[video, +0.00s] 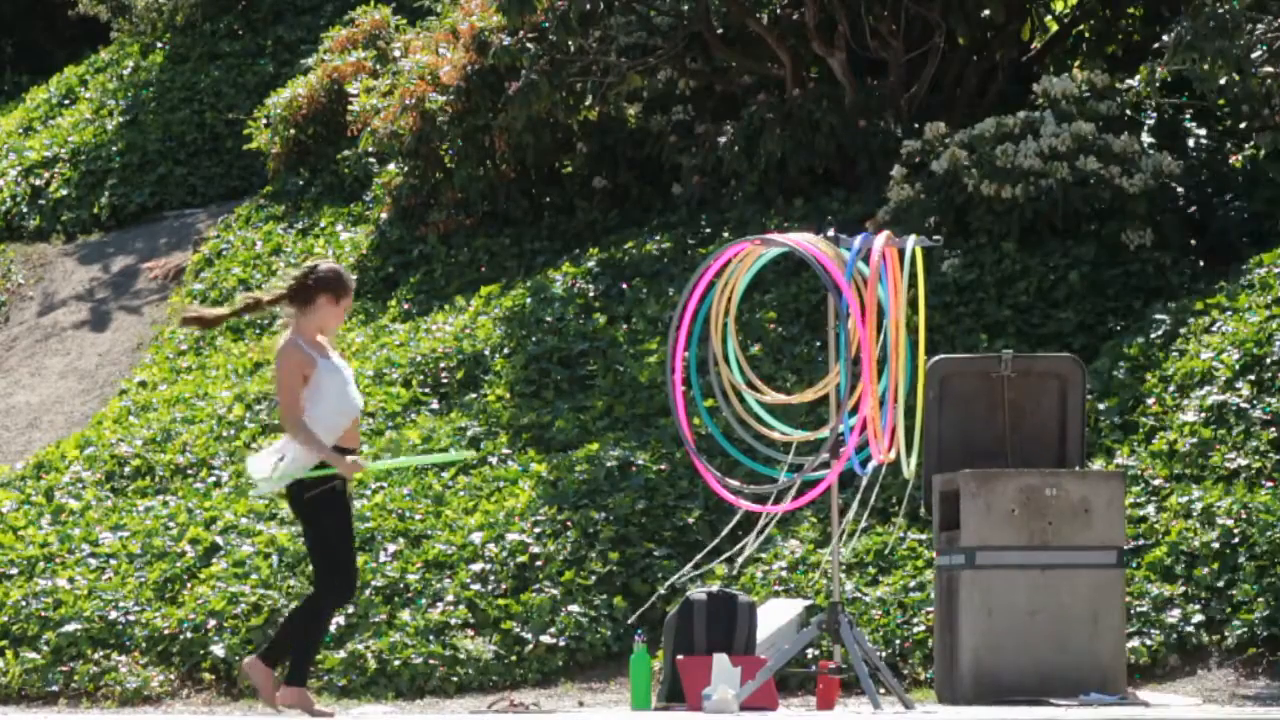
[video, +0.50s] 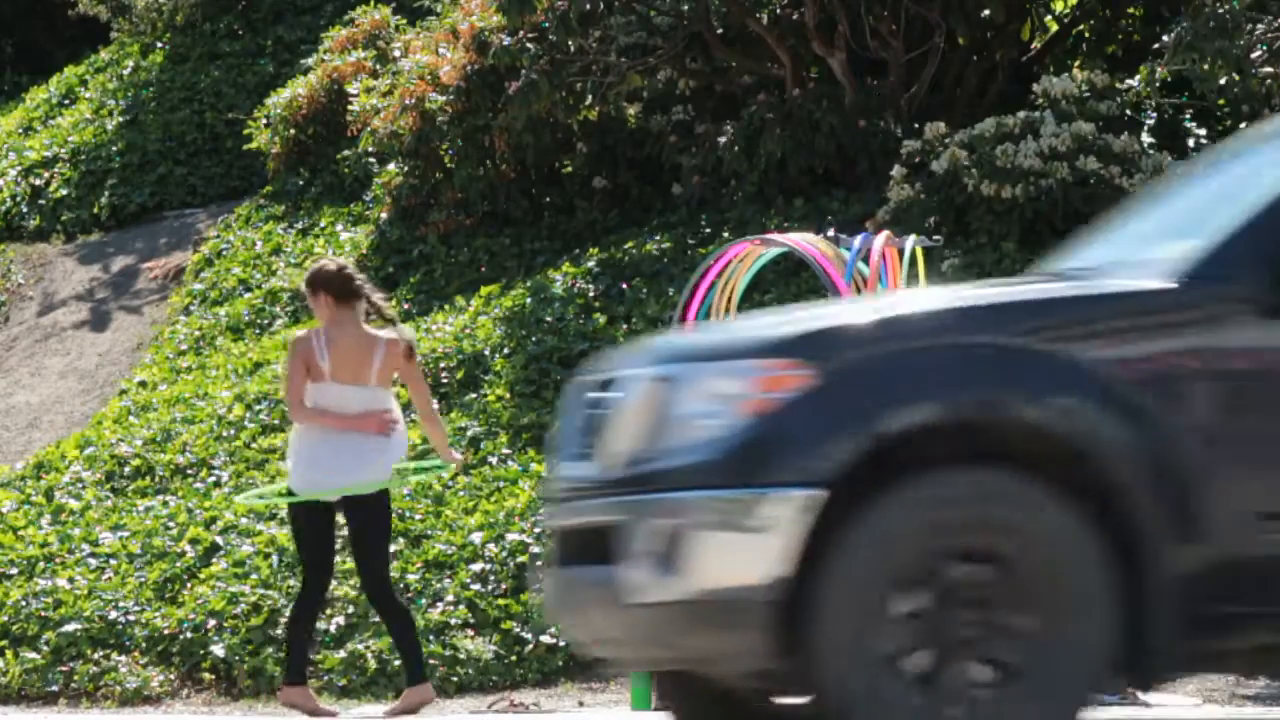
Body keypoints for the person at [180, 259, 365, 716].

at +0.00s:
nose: (346, 314)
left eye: (347, 306)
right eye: (343, 305)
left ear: (322, 303)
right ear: (320, 301)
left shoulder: (320, 345)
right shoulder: (294, 351)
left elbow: (321, 410)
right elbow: (290, 419)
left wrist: (347, 449)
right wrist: (333, 458)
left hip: (329, 476)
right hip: (312, 479)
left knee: (336, 583)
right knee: (337, 583)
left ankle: (294, 684)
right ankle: (265, 663)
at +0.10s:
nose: (349, 311)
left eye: (350, 302)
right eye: (346, 302)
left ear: (315, 301)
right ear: (327, 301)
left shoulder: (296, 347)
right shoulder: (313, 351)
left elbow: (281, 415)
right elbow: (324, 420)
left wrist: (329, 429)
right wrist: (374, 457)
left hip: (308, 480)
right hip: (325, 481)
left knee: (332, 577)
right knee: (351, 580)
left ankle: (295, 674)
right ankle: (292, 668)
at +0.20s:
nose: (351, 308)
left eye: (351, 299)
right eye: (350, 299)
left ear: (315, 298)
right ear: (339, 299)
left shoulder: (293, 347)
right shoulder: (333, 348)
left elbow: (271, 411)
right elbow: (358, 420)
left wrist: (315, 422)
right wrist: (413, 457)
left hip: (301, 484)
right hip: (342, 481)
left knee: (322, 581)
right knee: (356, 579)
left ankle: (293, 684)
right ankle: (334, 669)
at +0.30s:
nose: (353, 302)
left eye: (350, 297)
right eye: (352, 296)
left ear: (308, 300)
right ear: (346, 300)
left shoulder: (291, 347)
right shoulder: (360, 350)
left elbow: (270, 412)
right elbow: (389, 418)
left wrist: (329, 421)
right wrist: (435, 454)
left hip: (299, 480)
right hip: (351, 479)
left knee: (317, 580)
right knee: (359, 584)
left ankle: (293, 683)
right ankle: (377, 677)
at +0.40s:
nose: (307, 304)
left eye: (307, 297)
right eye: (310, 297)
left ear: (314, 298)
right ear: (350, 295)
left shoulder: (297, 344)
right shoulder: (377, 344)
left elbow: (277, 410)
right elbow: (411, 409)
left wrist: (340, 420)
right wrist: (446, 452)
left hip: (306, 471)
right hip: (363, 470)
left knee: (316, 577)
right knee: (366, 583)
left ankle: (292, 682)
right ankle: (405, 679)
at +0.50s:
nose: (309, 307)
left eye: (310, 299)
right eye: (309, 299)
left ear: (324, 298)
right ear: (353, 295)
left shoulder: (306, 343)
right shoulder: (393, 344)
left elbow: (296, 410)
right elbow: (426, 410)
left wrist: (362, 422)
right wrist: (447, 454)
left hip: (312, 468)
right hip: (369, 470)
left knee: (314, 580)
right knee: (378, 585)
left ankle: (293, 684)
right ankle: (419, 682)